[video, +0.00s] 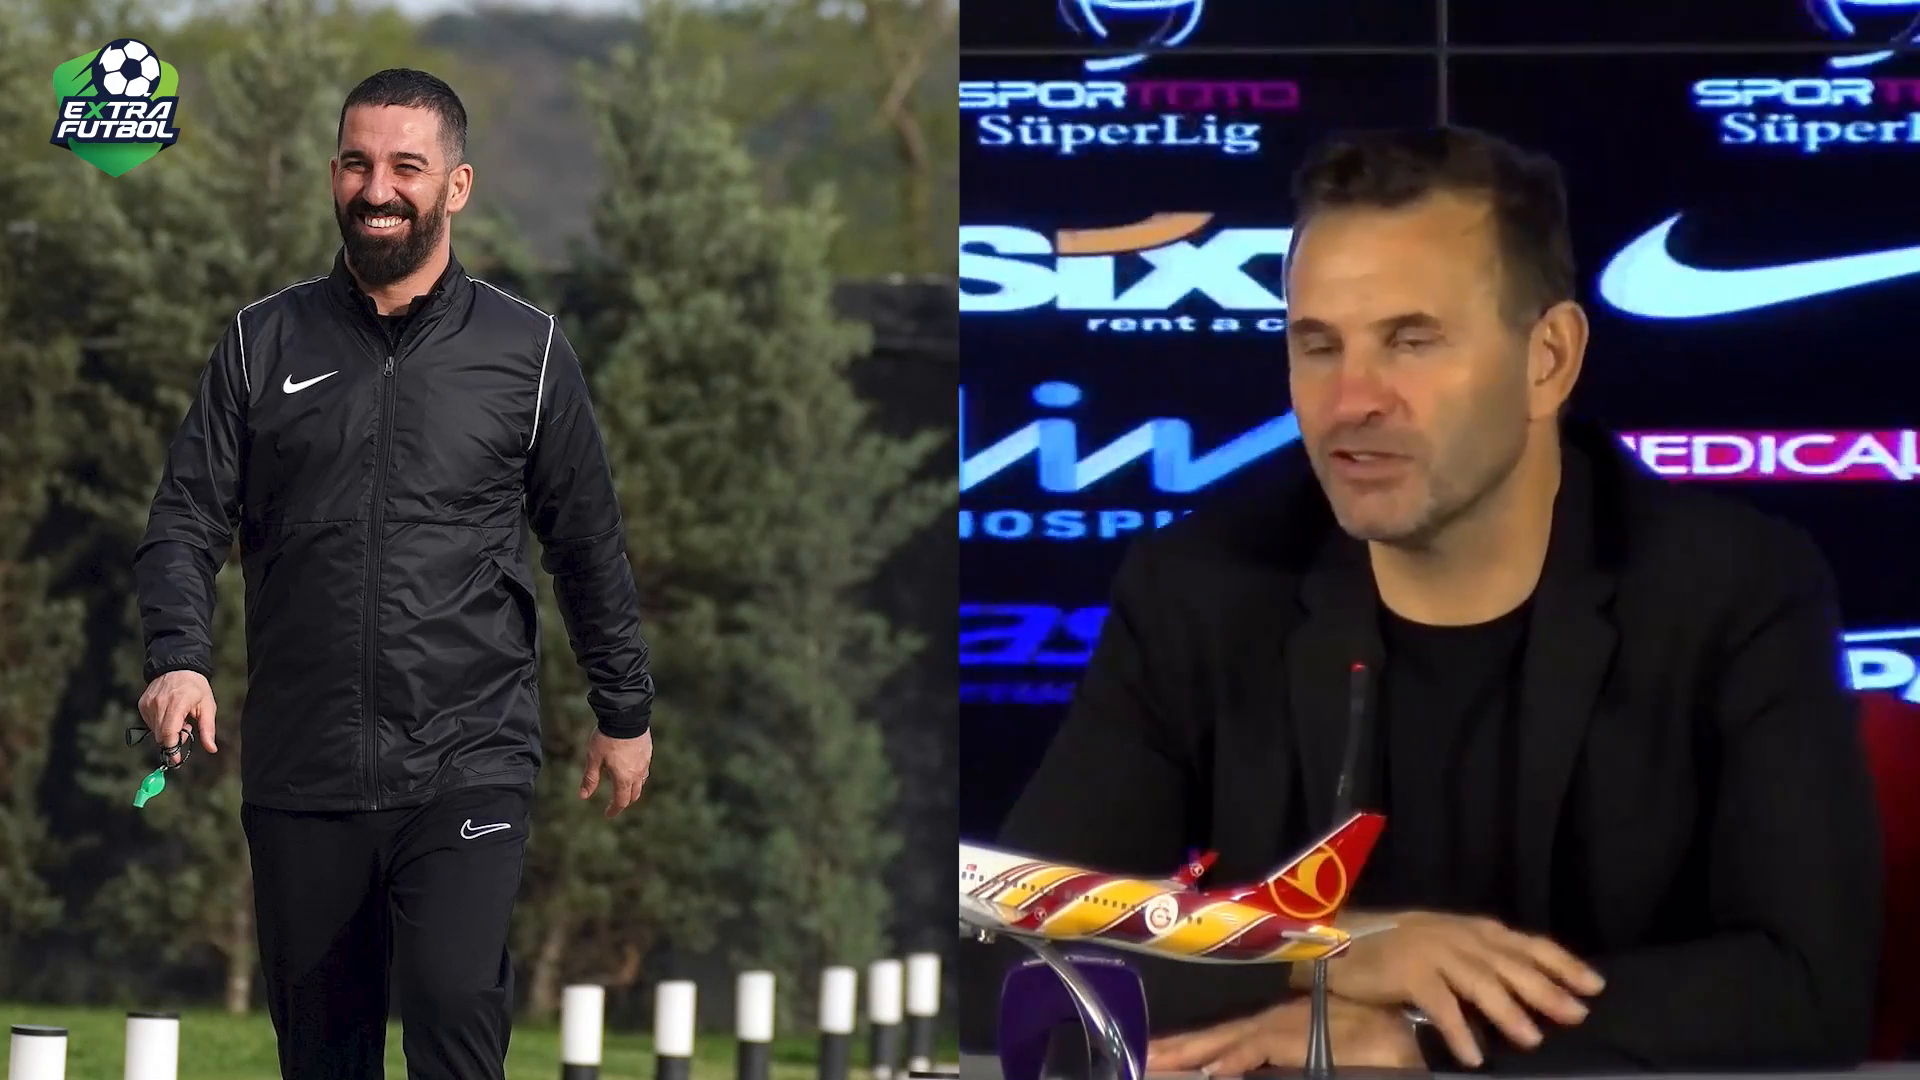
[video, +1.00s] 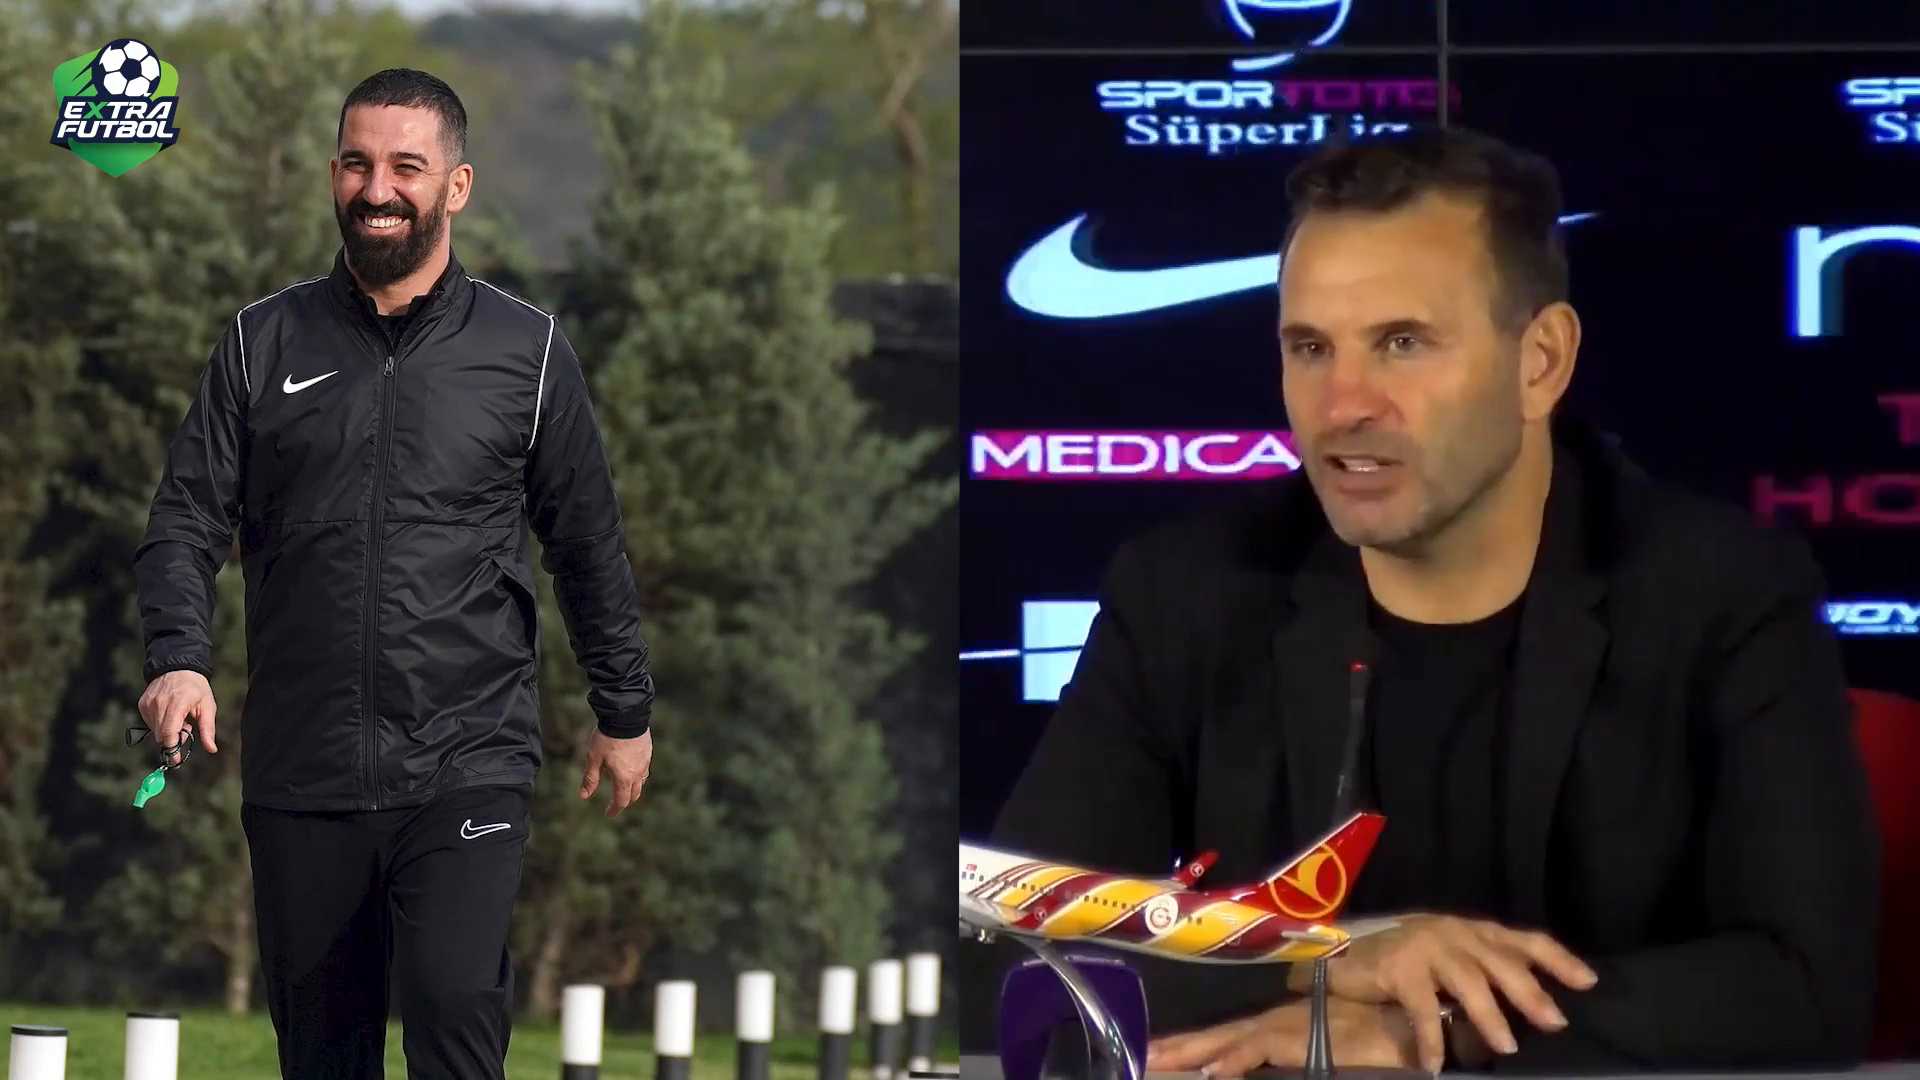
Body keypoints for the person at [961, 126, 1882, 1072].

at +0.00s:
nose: (1348, 400)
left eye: (1410, 340)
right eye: (1318, 345)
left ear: (1550, 359)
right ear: (1287, 357)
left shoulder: (1738, 593)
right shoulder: (1200, 591)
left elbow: (1806, 992)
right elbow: (1024, 953)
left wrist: (1423, 1034)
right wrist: (1326, 955)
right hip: (1258, 1077)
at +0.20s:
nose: (1353, 395)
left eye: (1414, 338)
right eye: (1321, 342)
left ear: (1551, 358)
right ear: (1288, 359)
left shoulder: (1734, 591)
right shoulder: (1194, 592)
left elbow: (1807, 990)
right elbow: (1031, 964)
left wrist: (1426, 1035)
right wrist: (1324, 958)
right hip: (1251, 1077)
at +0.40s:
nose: (1356, 393)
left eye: (1418, 336)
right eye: (1325, 339)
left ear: (1555, 360)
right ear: (1293, 355)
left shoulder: (1734, 593)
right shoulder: (1194, 591)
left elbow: (1807, 989)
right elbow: (1023, 946)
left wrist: (1428, 1035)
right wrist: (1323, 960)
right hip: (1251, 1077)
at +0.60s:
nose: (1352, 398)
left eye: (1416, 340)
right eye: (1323, 342)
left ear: (1554, 362)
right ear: (1292, 355)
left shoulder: (1734, 594)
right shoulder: (1193, 592)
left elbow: (1806, 990)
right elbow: (1027, 955)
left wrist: (1422, 1034)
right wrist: (1325, 960)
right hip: (1244, 1074)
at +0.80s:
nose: (1348, 401)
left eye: (1412, 342)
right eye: (1319, 344)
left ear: (1551, 363)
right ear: (1290, 352)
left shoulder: (1734, 596)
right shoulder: (1189, 592)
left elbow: (1804, 991)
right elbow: (1030, 938)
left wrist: (1424, 1035)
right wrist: (1325, 958)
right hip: (1245, 1077)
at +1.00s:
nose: (1339, 401)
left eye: (1401, 344)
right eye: (1309, 347)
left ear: (1542, 361)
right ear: (1279, 356)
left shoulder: (1723, 597)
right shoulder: (1186, 593)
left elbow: (1806, 989)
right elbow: (1024, 963)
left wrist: (1418, 1034)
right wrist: (1325, 963)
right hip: (1241, 1076)